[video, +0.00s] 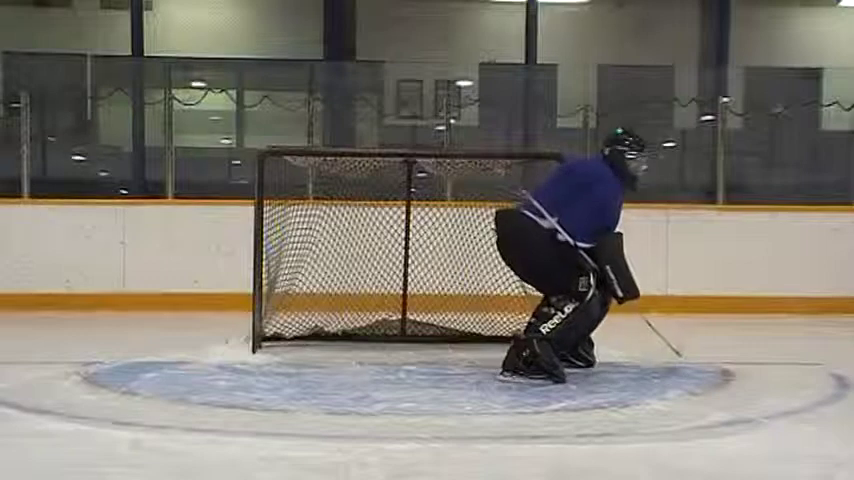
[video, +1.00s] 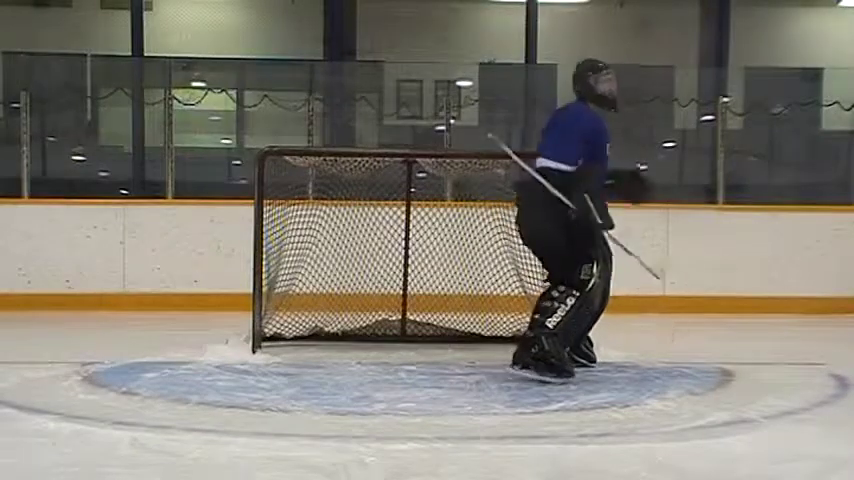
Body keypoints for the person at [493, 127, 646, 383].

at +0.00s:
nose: (641, 169)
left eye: (643, 162)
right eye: (637, 161)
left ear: (611, 154)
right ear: (621, 159)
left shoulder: (585, 167)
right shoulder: (608, 187)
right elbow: (605, 244)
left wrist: (605, 274)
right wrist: (626, 289)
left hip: (514, 228)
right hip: (534, 237)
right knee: (589, 292)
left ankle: (569, 343)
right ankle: (531, 351)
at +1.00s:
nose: (614, 87)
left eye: (613, 80)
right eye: (608, 81)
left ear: (587, 86)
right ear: (590, 84)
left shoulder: (562, 117)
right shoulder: (591, 123)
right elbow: (584, 184)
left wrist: (618, 178)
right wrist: (598, 225)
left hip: (533, 209)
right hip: (557, 212)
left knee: (565, 275)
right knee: (592, 274)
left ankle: (536, 343)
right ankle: (548, 343)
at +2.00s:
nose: (623, 115)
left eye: (627, 109)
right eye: (622, 107)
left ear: (601, 97)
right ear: (607, 99)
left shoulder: (571, 113)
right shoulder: (591, 126)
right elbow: (586, 182)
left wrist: (606, 183)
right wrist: (605, 224)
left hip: (531, 207)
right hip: (553, 210)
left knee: (561, 279)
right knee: (586, 274)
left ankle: (537, 350)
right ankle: (548, 349)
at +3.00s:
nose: (635, 152)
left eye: (635, 145)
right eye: (629, 145)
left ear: (604, 145)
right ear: (611, 145)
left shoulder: (581, 162)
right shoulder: (606, 178)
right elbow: (602, 238)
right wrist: (620, 280)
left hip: (512, 221)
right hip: (533, 229)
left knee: (562, 290)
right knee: (590, 287)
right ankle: (543, 355)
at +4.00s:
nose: (625, 118)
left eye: (624, 112)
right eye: (619, 113)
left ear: (593, 117)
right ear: (603, 117)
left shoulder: (576, 141)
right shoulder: (603, 150)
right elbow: (582, 215)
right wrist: (588, 260)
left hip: (525, 213)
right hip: (545, 221)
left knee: (548, 288)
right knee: (567, 291)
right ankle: (519, 352)